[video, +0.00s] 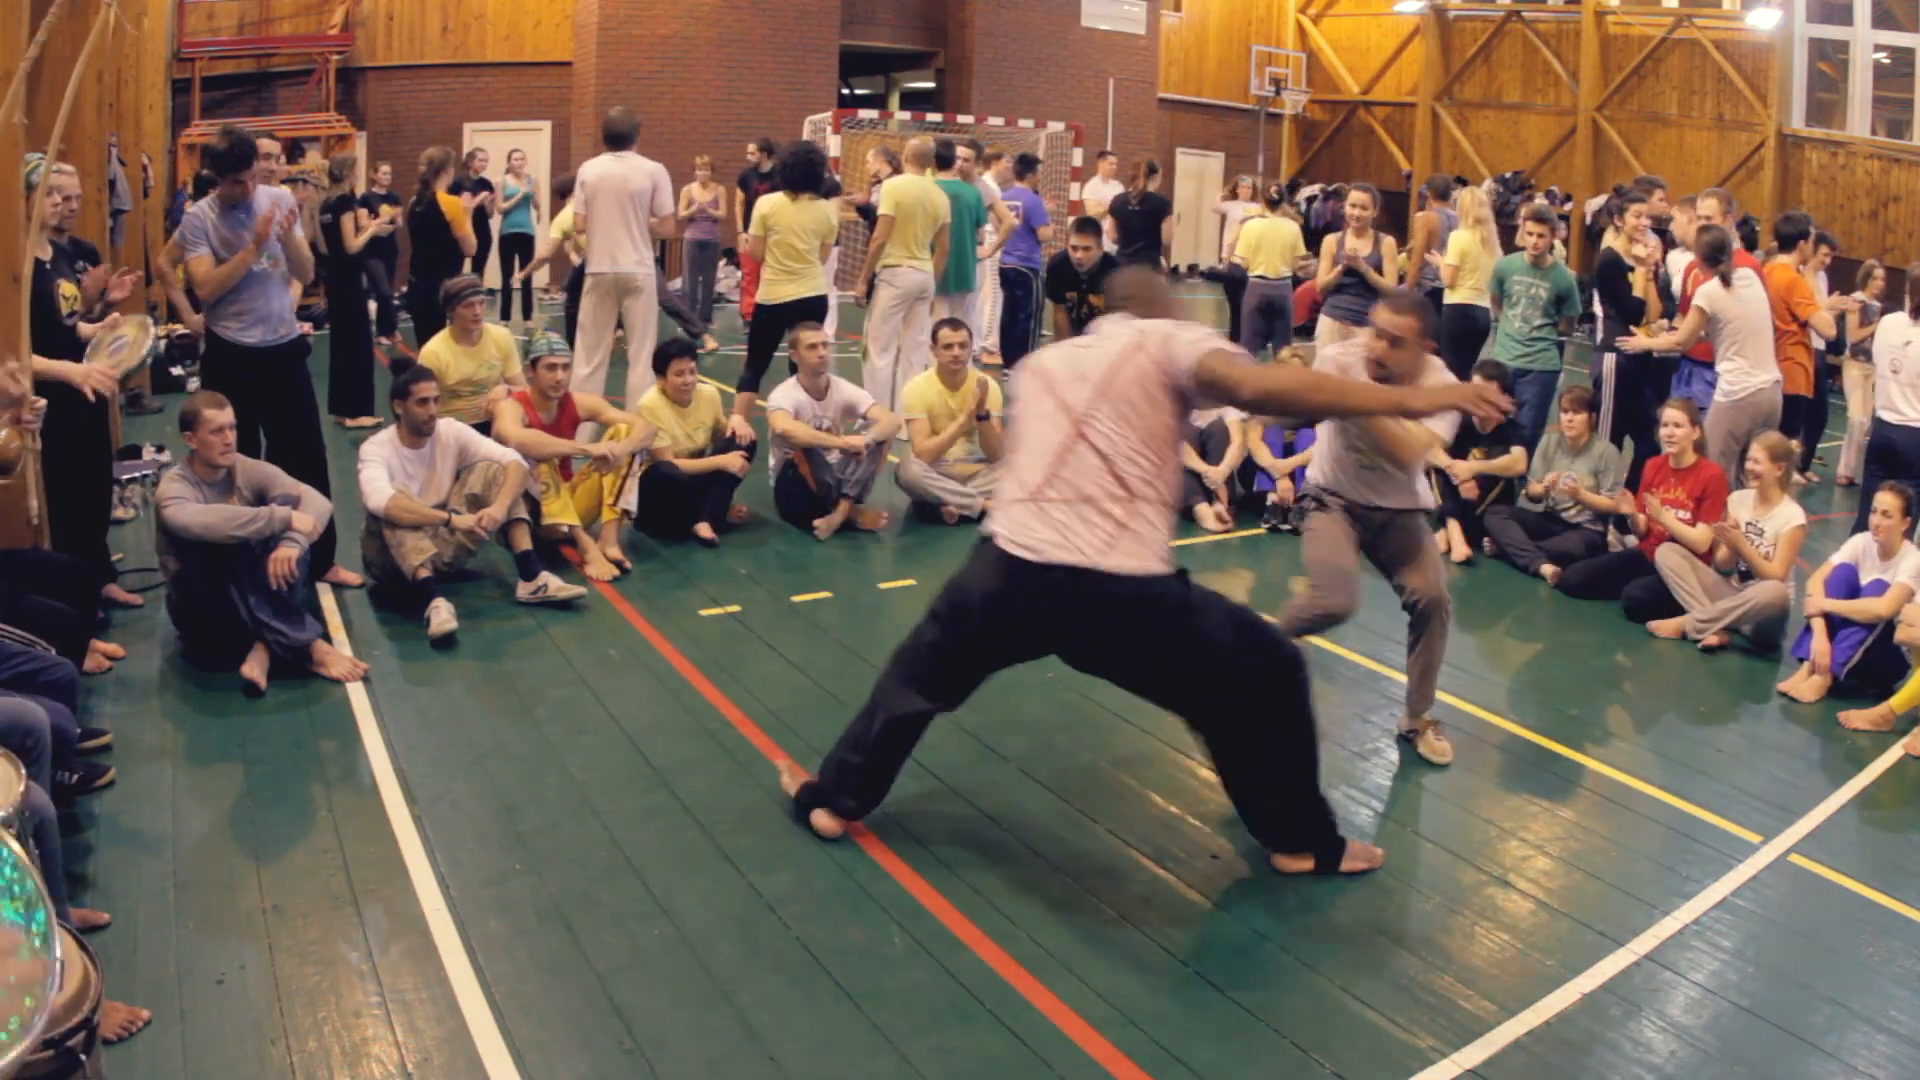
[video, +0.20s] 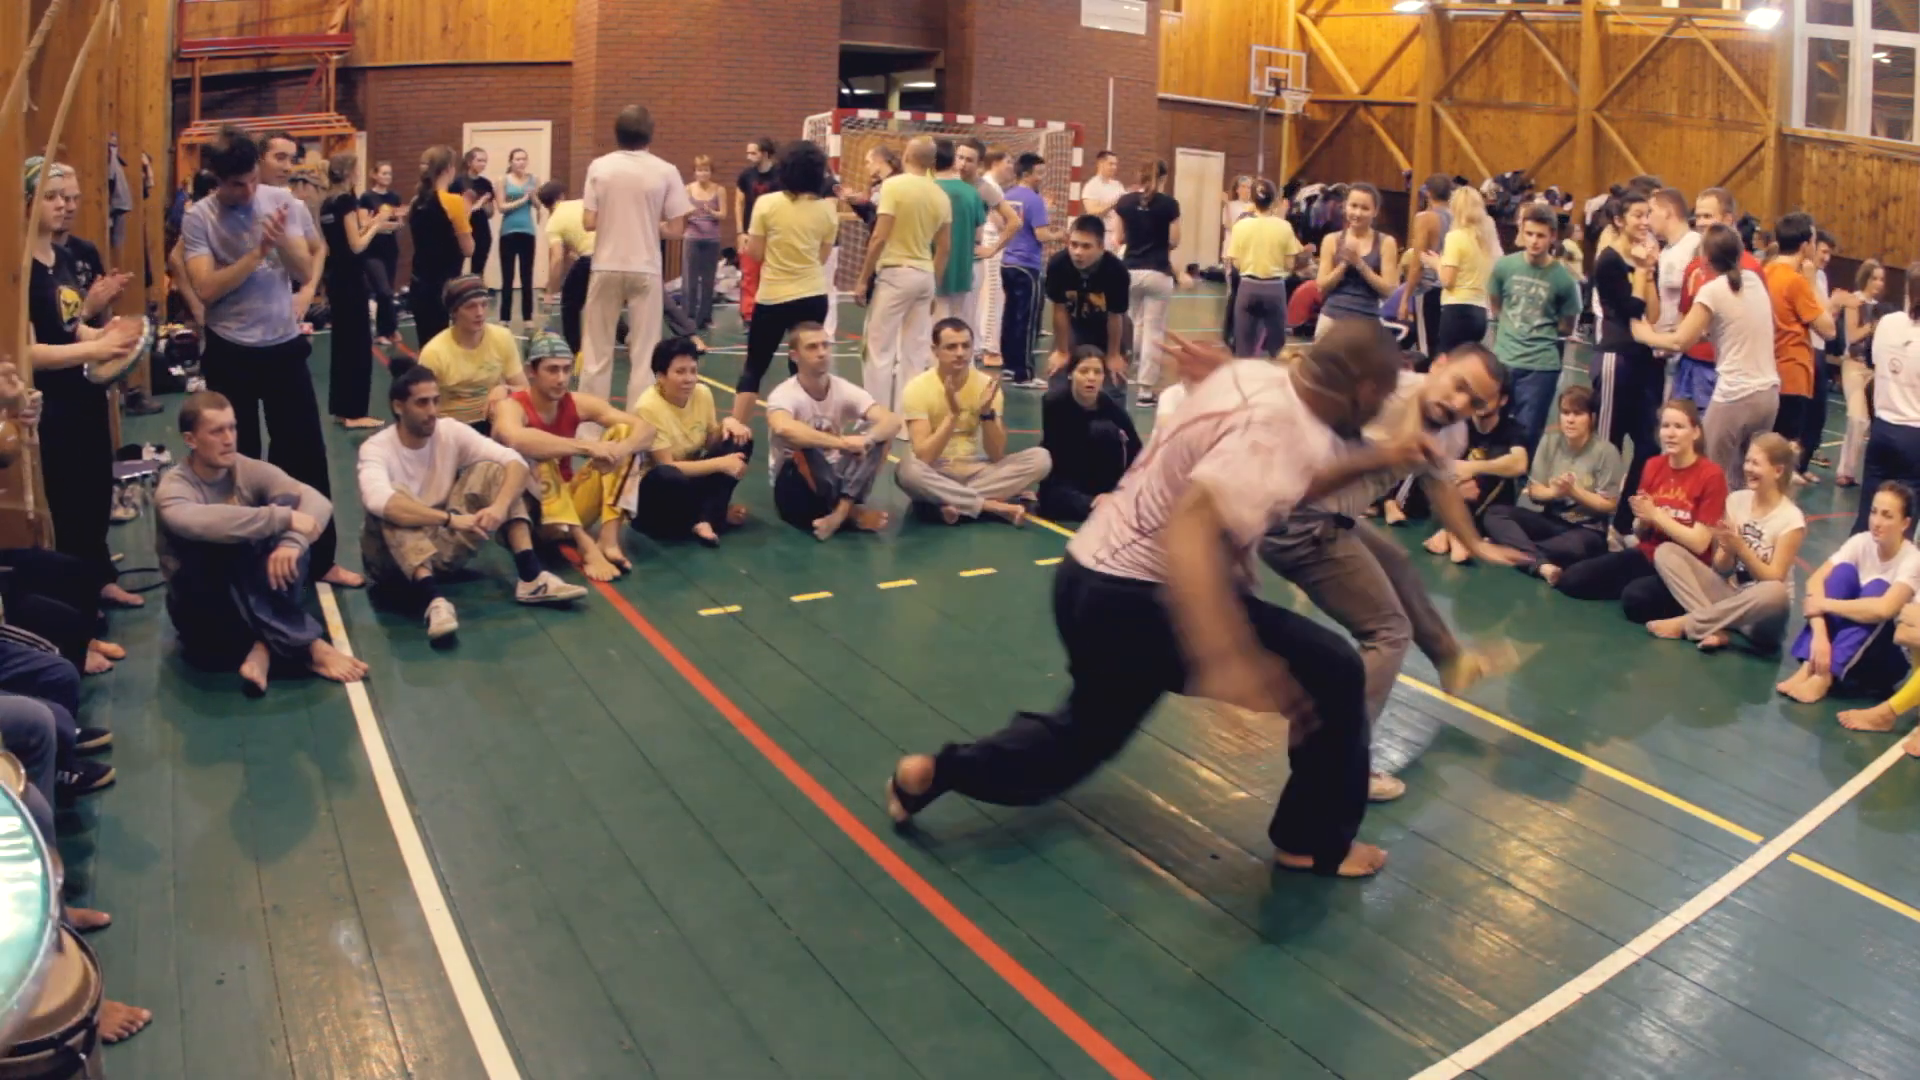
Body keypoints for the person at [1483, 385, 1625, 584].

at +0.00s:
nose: (1569, 418)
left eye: (1576, 413)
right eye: (1565, 412)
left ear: (1591, 417)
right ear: (1559, 415)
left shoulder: (1607, 452)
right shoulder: (1549, 442)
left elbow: (1614, 505)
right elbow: (1531, 491)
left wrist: (1579, 494)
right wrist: (1544, 487)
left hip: (1584, 529)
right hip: (1546, 519)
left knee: (1576, 547)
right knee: (1495, 514)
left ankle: (1508, 550)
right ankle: (1539, 565)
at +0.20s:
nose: (1570, 420)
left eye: (1577, 414)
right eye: (1565, 413)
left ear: (1591, 418)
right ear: (1559, 415)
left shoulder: (1606, 452)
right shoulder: (1549, 441)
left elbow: (1609, 505)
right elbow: (1534, 491)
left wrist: (1574, 492)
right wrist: (1555, 492)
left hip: (1584, 528)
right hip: (1548, 518)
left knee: (1576, 547)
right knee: (1494, 514)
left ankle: (1509, 550)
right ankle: (1538, 565)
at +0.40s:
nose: (1571, 421)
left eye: (1578, 415)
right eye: (1566, 414)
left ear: (1591, 419)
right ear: (1559, 416)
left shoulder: (1606, 452)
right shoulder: (1549, 442)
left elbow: (1613, 505)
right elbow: (1531, 494)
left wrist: (1582, 496)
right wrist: (1541, 487)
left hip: (1585, 530)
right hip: (1549, 520)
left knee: (1575, 548)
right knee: (1494, 514)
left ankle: (1510, 550)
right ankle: (1539, 566)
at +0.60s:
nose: (1571, 421)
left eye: (1578, 415)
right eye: (1566, 414)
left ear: (1590, 418)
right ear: (1559, 416)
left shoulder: (1606, 452)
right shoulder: (1548, 443)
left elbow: (1612, 505)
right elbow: (1532, 491)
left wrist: (1574, 493)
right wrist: (1552, 490)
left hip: (1585, 529)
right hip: (1547, 519)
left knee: (1575, 548)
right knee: (1494, 514)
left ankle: (1510, 550)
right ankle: (1539, 566)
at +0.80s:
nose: (1569, 420)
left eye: (1577, 414)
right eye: (1564, 413)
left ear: (1590, 419)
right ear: (1558, 416)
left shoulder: (1606, 452)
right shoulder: (1548, 442)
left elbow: (1617, 505)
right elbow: (1532, 497)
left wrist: (1587, 497)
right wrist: (1535, 486)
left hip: (1584, 530)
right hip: (1546, 519)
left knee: (1574, 548)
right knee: (1494, 514)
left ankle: (1509, 550)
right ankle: (1539, 566)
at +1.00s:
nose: (1568, 419)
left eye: (1576, 413)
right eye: (1564, 412)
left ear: (1591, 419)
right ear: (1558, 414)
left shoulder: (1606, 452)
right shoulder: (1548, 442)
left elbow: (1611, 505)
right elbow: (1532, 491)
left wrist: (1574, 492)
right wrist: (1551, 489)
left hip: (1584, 529)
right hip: (1547, 520)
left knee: (1575, 548)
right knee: (1494, 514)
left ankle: (1510, 550)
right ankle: (1538, 565)